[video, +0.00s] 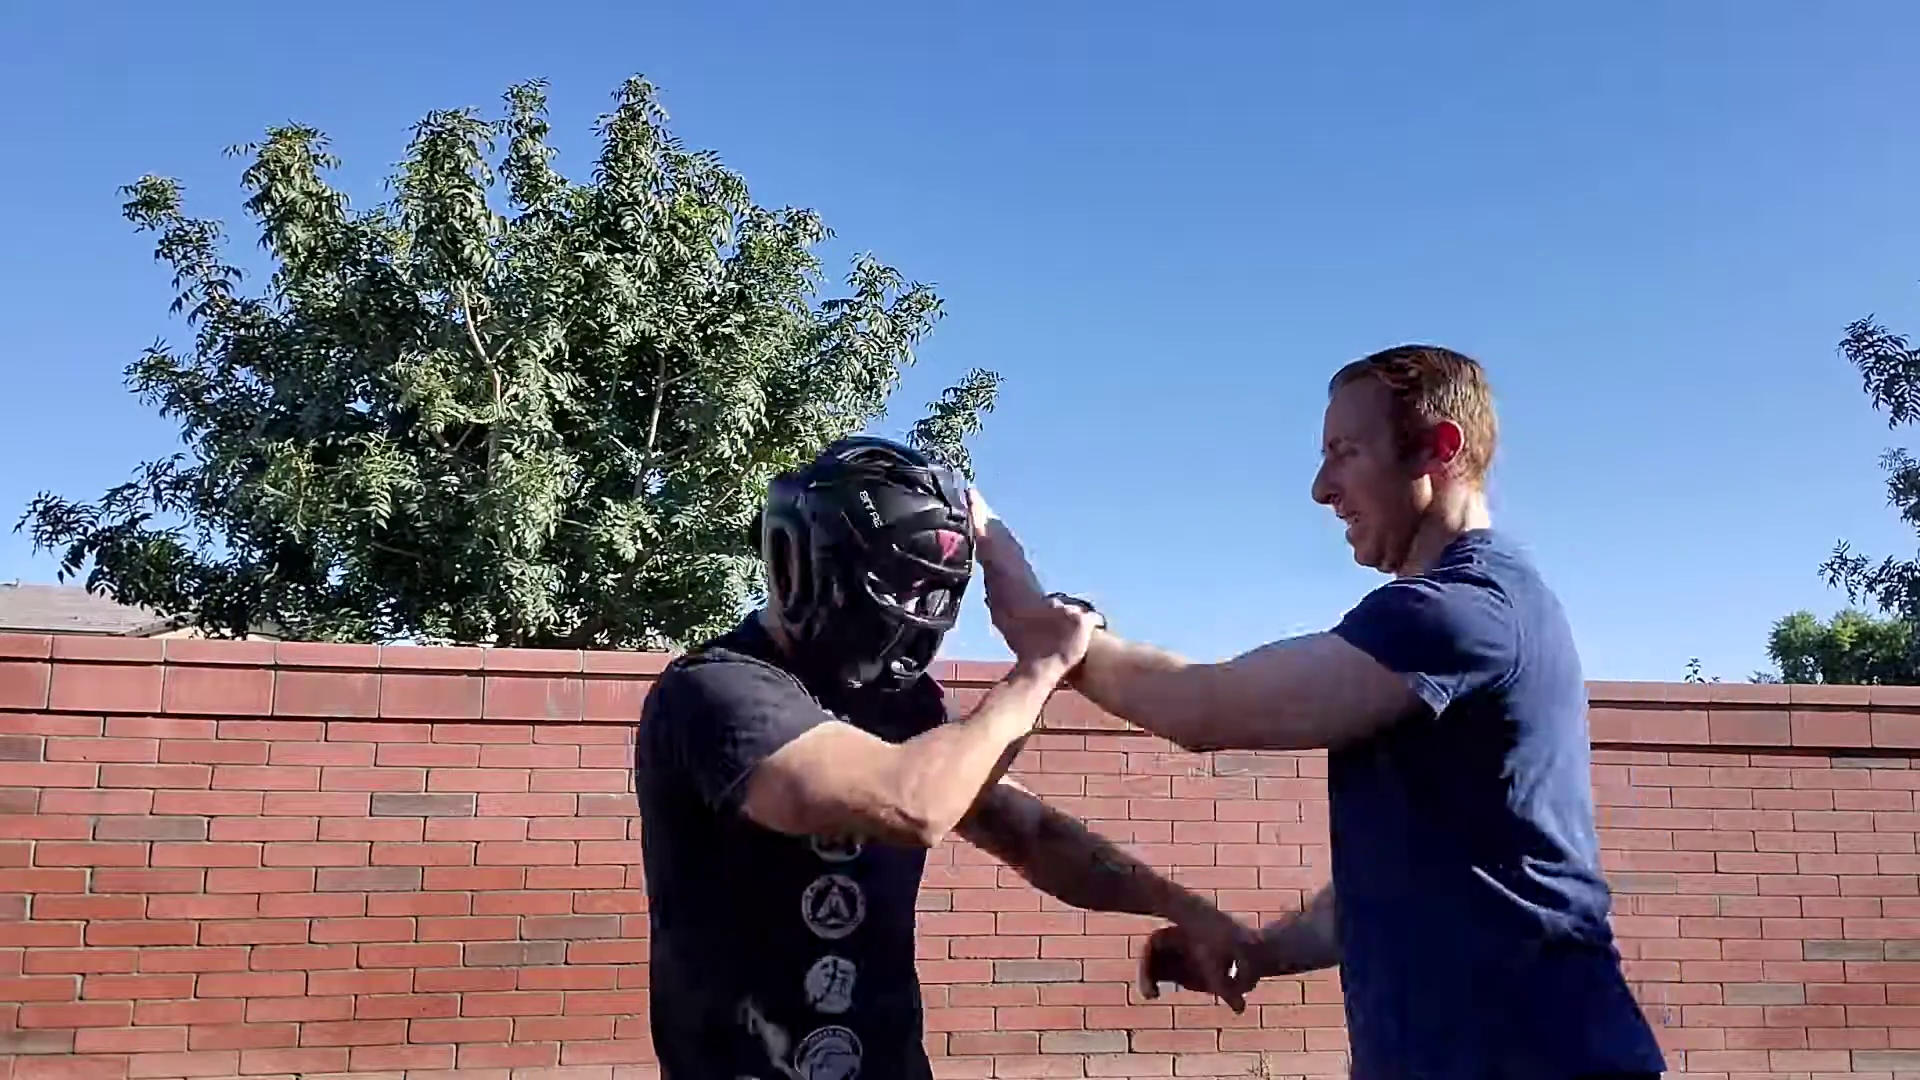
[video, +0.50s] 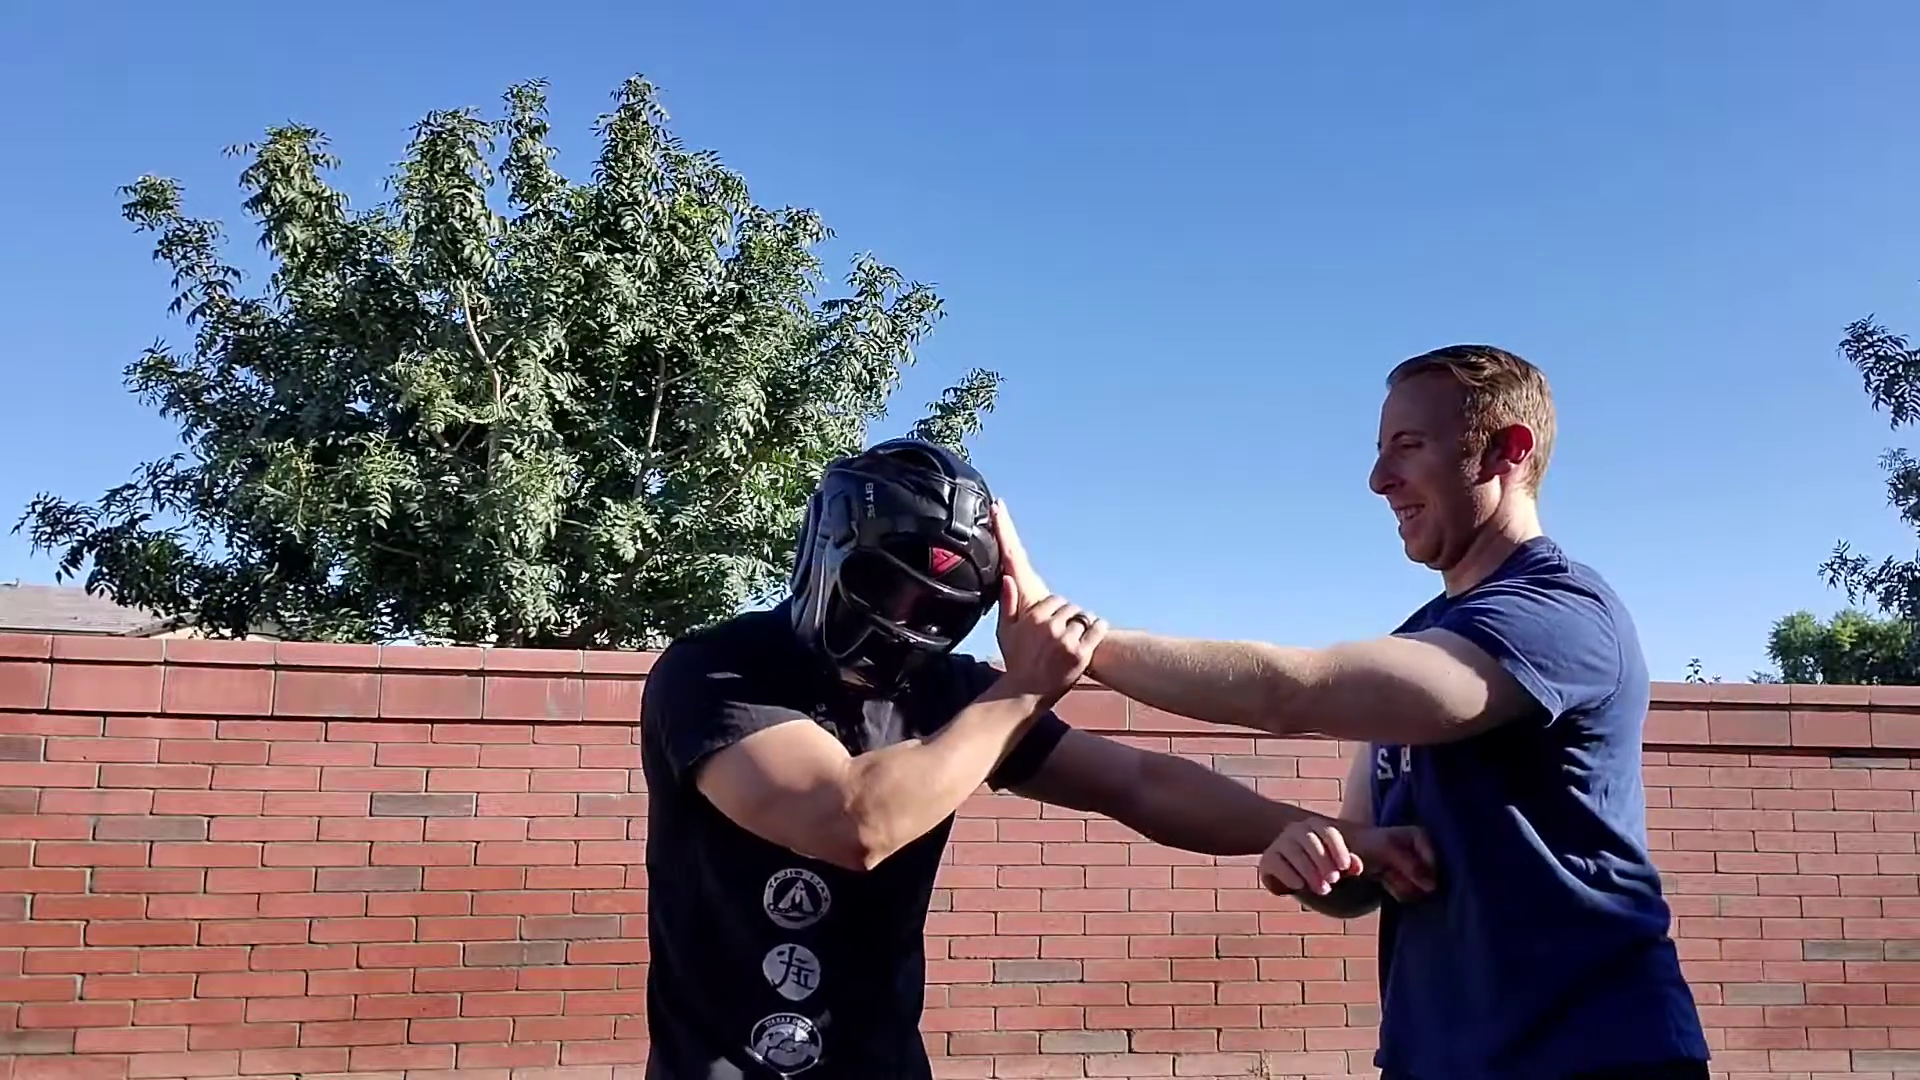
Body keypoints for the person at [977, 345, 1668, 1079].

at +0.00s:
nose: (1320, 487)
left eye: (1342, 453)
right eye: (1326, 456)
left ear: (1436, 458)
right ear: (1430, 462)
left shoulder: (1460, 610)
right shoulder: (1489, 605)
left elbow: (1204, 709)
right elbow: (1420, 876)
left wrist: (1034, 618)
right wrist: (1252, 949)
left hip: (1517, 1048)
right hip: (1439, 1046)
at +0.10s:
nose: (1342, 478)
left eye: (1366, 446)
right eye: (1347, 450)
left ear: (1465, 450)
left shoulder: (1495, 607)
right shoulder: (1461, 612)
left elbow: (1216, 676)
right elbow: (1439, 875)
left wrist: (1024, 590)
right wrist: (1259, 901)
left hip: (1529, 1042)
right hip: (1432, 1040)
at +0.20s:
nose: (1377, 476)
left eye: (1404, 443)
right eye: (1380, 450)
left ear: (1505, 452)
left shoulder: (1562, 604)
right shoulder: (1414, 649)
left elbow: (1293, 684)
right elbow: (1372, 867)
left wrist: (1061, 626)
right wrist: (1297, 852)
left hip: (1581, 1046)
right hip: (1430, 1051)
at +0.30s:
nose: (1393, 473)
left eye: (1420, 442)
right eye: (1396, 449)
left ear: (1526, 453)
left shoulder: (1578, 610)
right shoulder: (1428, 645)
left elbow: (1310, 693)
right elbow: (1374, 857)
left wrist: (1068, 640)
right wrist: (1326, 863)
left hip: (1596, 1049)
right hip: (1443, 1055)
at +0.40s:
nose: (1383, 478)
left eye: (1409, 446)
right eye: (1386, 453)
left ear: (1511, 454)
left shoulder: (1571, 613)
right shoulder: (1418, 645)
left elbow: (1306, 696)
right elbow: (1365, 849)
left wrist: (1074, 640)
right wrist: (1317, 858)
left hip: (1593, 1042)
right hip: (1438, 1047)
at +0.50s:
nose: (1379, 478)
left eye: (1405, 446)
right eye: (1383, 452)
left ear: (1505, 454)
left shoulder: (1565, 612)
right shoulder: (1420, 643)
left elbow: (1298, 693)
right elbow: (1371, 861)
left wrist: (1075, 634)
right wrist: (1318, 859)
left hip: (1588, 1041)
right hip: (1436, 1047)